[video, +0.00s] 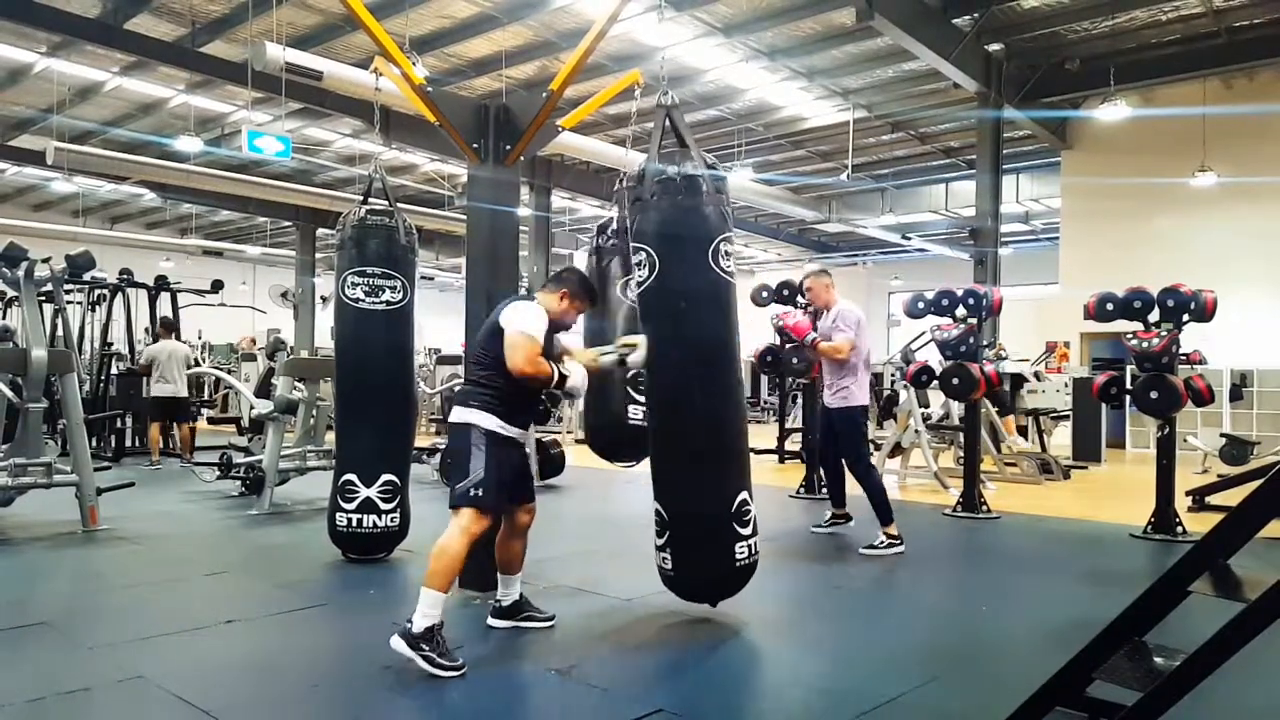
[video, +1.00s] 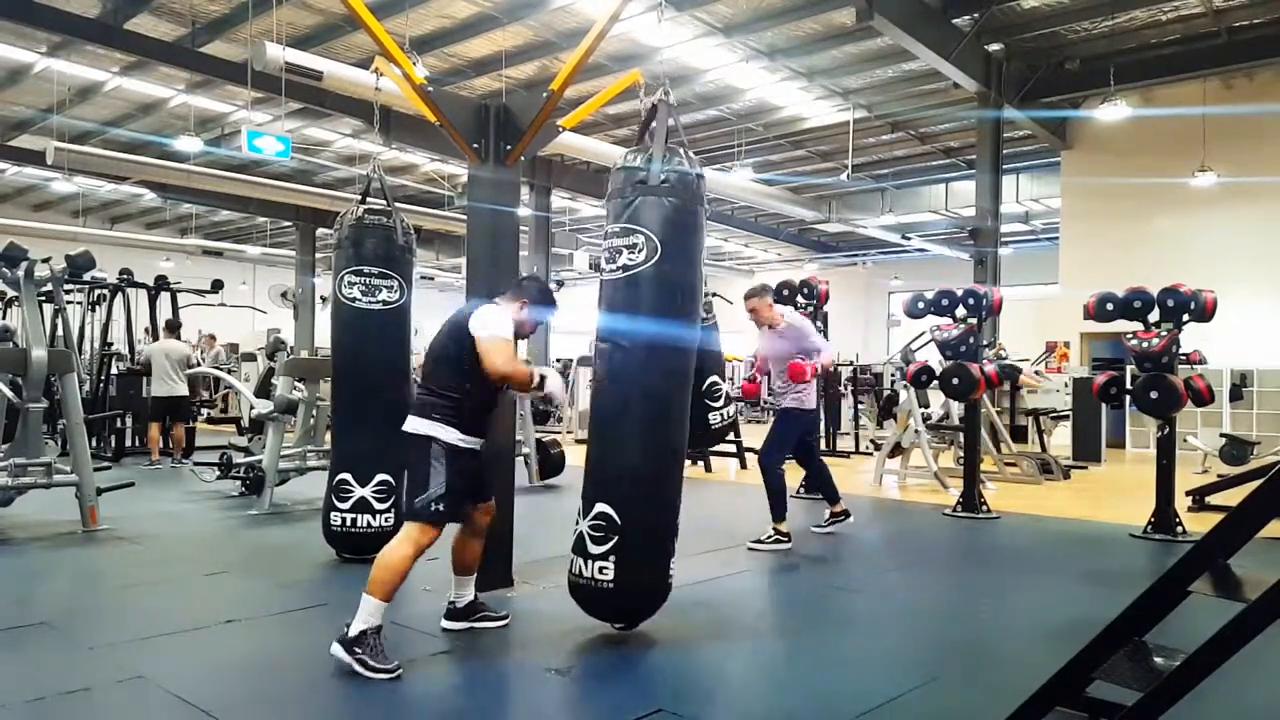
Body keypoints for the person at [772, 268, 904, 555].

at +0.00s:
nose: (808, 297)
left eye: (810, 290)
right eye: (805, 293)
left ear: (828, 286)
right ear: (820, 291)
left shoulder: (847, 313)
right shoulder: (824, 317)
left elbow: (842, 352)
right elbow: (819, 353)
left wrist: (809, 337)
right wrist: (797, 333)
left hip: (850, 403)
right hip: (831, 402)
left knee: (859, 465)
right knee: (828, 458)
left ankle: (891, 533)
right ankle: (839, 512)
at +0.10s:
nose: (802, 303)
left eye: (805, 296)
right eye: (800, 298)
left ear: (823, 291)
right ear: (818, 294)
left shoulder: (842, 317)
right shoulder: (820, 323)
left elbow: (841, 356)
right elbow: (818, 363)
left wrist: (809, 343)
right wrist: (789, 348)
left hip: (842, 404)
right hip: (827, 403)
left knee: (836, 464)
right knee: (829, 463)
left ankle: (882, 525)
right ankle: (842, 518)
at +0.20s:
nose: (796, 307)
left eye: (797, 300)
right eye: (794, 302)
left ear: (814, 293)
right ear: (811, 296)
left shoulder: (835, 316)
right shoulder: (820, 322)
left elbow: (842, 355)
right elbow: (819, 364)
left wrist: (813, 346)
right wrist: (790, 355)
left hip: (837, 397)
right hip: (828, 397)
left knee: (816, 454)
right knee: (829, 456)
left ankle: (853, 515)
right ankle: (843, 517)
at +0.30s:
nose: (792, 310)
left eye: (792, 303)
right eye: (788, 306)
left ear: (807, 294)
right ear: (800, 300)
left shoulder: (829, 314)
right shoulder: (814, 320)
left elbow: (835, 354)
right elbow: (815, 356)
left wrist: (801, 339)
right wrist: (788, 339)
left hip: (833, 394)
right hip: (827, 394)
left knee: (810, 452)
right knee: (832, 455)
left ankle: (818, 525)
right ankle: (844, 517)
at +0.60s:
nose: (772, 314)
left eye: (772, 307)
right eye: (769, 310)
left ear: (786, 298)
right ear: (782, 302)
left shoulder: (810, 319)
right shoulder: (797, 322)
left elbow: (809, 361)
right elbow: (798, 358)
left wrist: (783, 350)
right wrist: (781, 361)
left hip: (814, 404)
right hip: (808, 403)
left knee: (795, 462)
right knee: (811, 458)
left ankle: (782, 529)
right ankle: (839, 510)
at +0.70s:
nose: (776, 315)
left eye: (778, 308)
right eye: (773, 311)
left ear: (792, 298)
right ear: (774, 309)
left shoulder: (818, 321)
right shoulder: (786, 326)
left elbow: (814, 362)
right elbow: (759, 358)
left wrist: (783, 346)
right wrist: (769, 339)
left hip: (813, 402)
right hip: (795, 402)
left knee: (796, 460)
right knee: (806, 458)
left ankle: (782, 529)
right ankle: (835, 508)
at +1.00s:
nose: (751, 318)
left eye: (754, 312)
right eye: (749, 313)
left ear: (770, 306)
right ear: (759, 310)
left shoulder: (798, 325)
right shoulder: (765, 330)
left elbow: (828, 353)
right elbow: (765, 362)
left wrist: (813, 367)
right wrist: (758, 371)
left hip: (800, 405)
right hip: (790, 404)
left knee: (769, 459)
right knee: (808, 459)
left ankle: (780, 529)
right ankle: (838, 508)